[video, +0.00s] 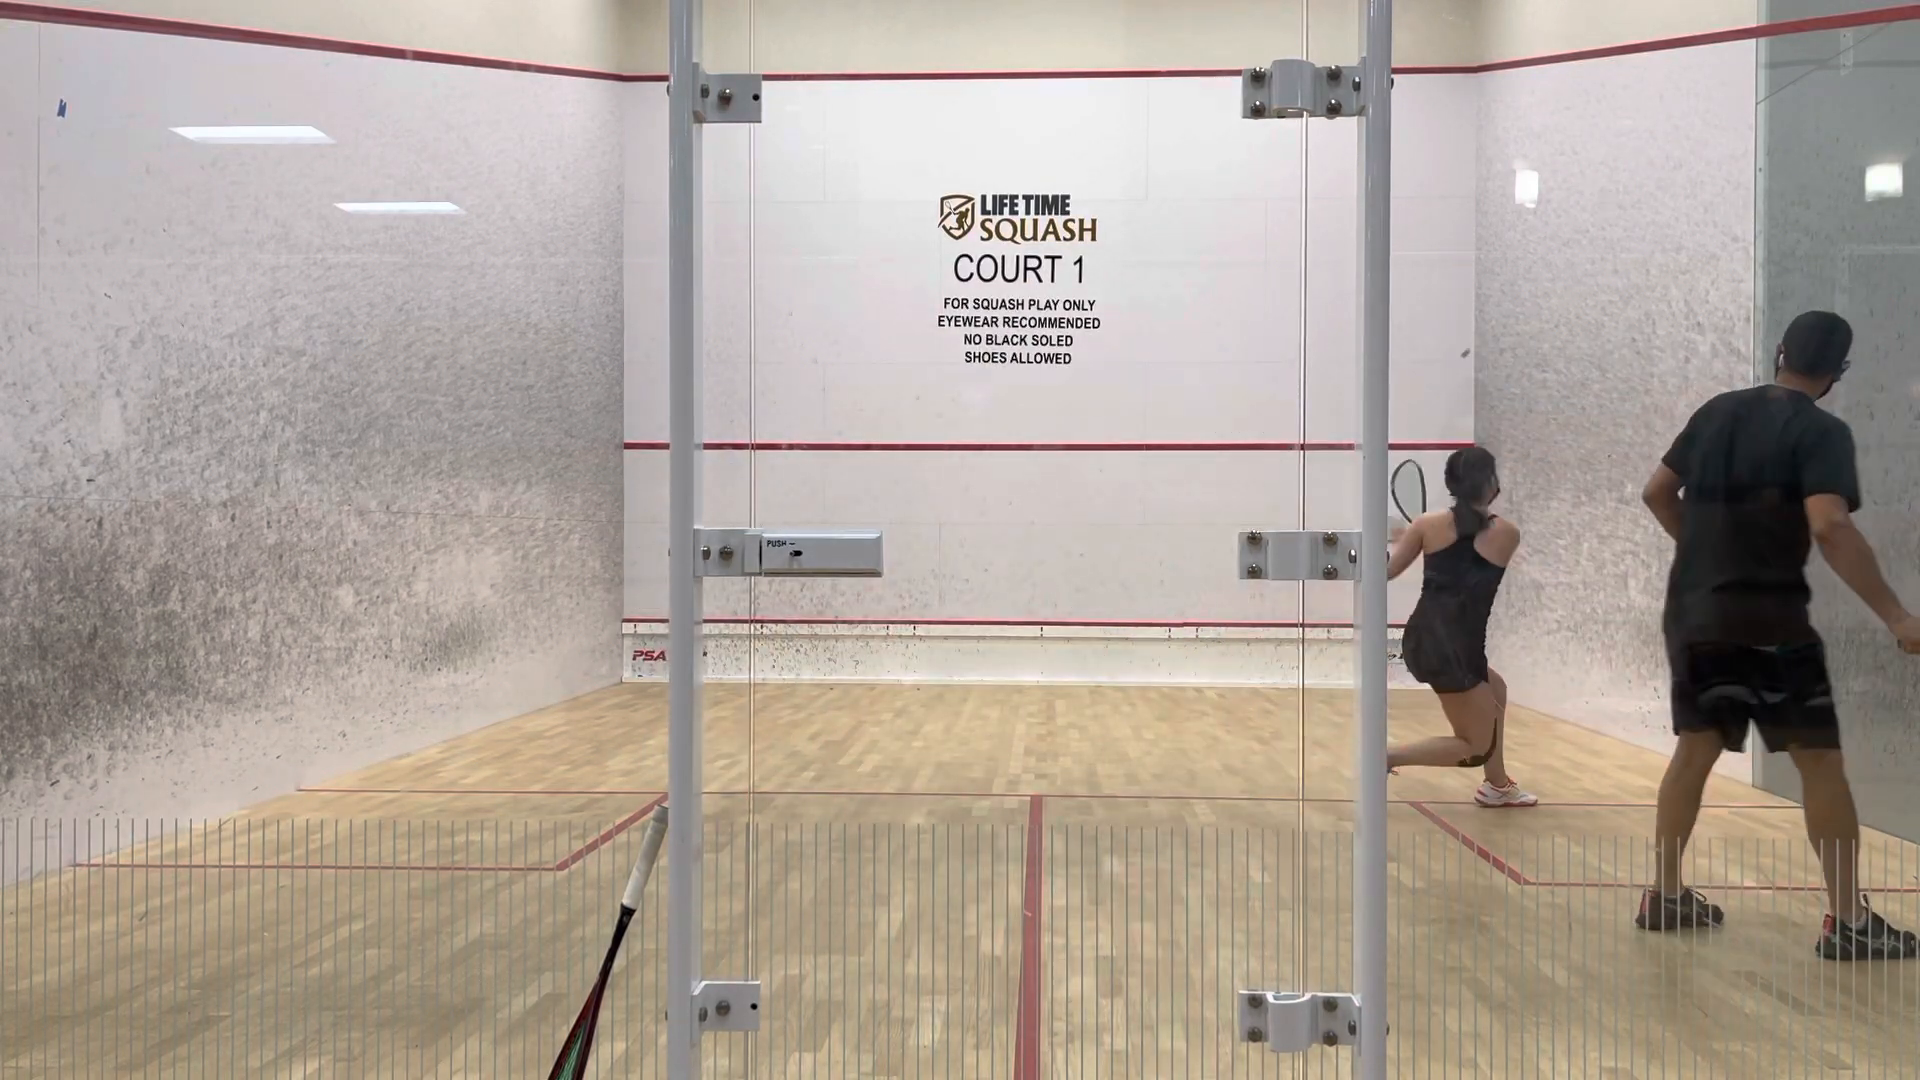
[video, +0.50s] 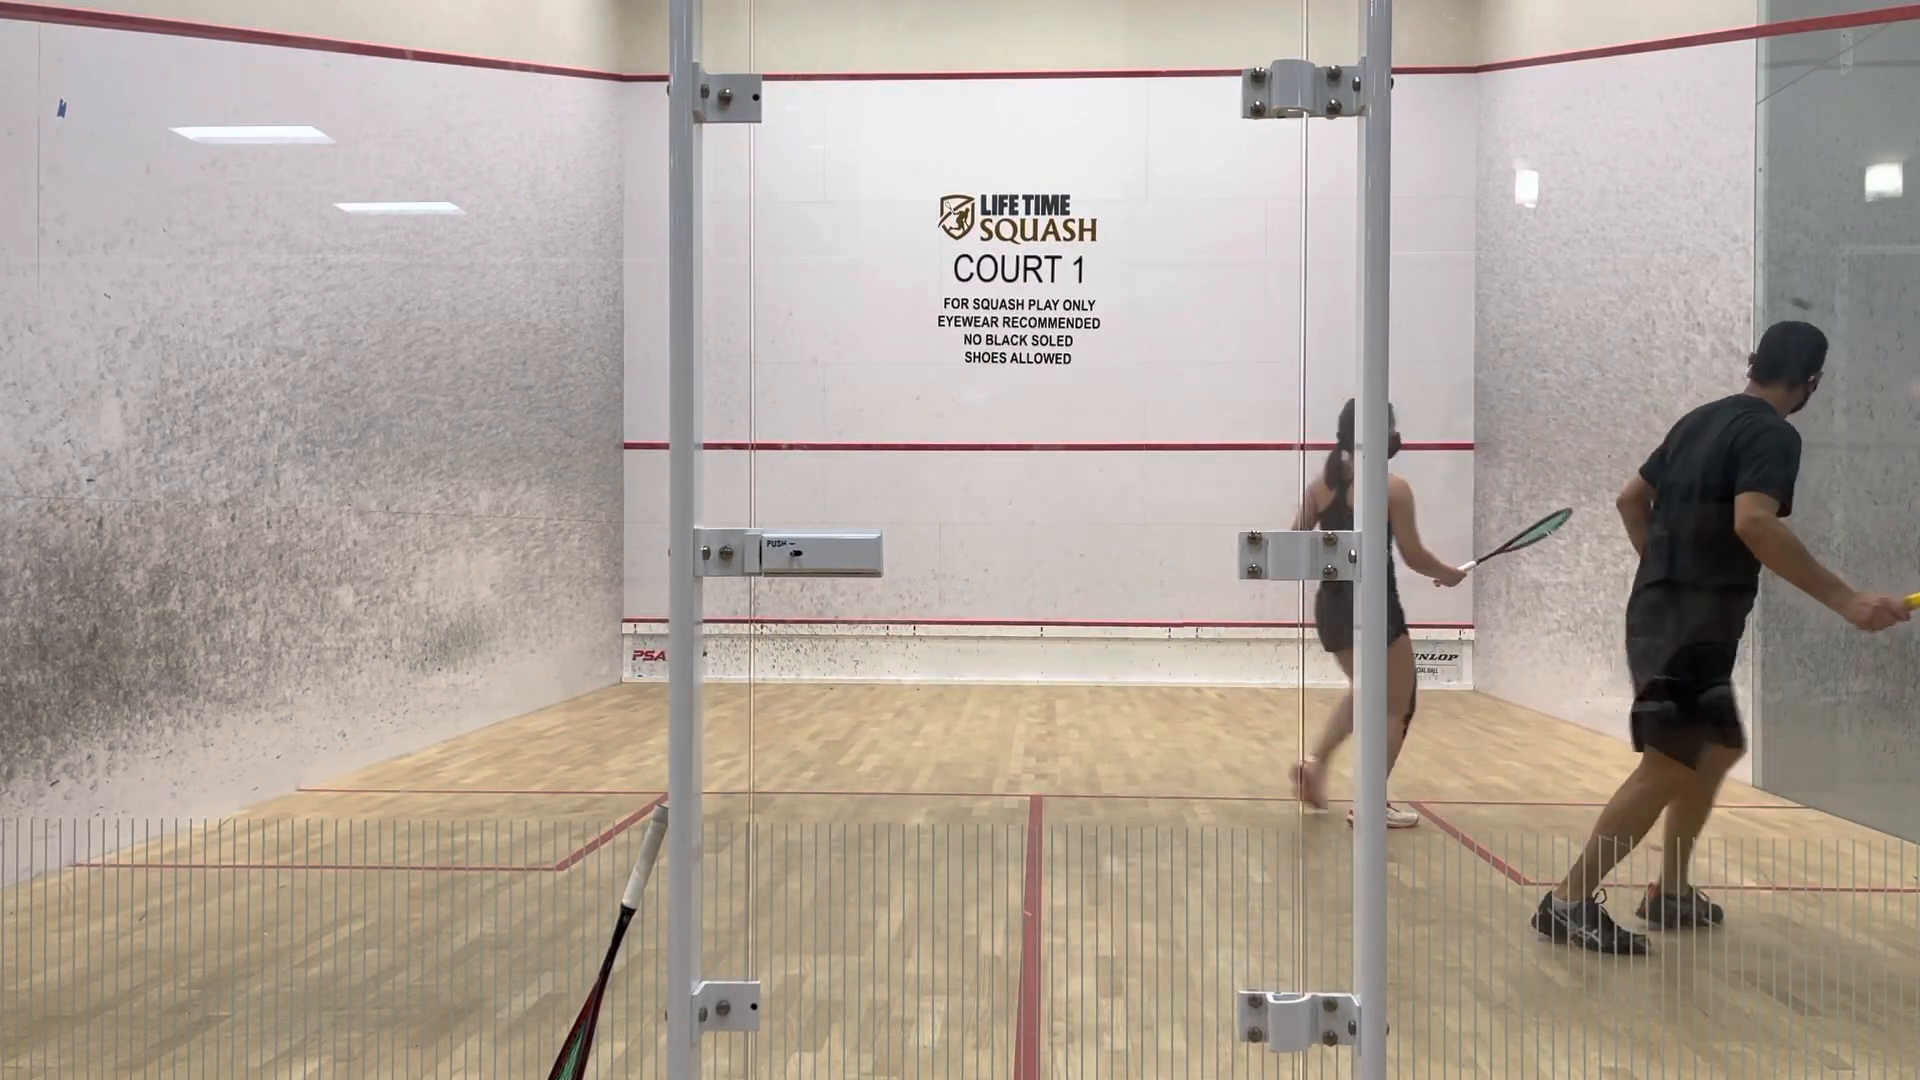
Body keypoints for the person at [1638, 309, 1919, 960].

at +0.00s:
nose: (1835, 377)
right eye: (1840, 370)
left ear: (1779, 358)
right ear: (1836, 374)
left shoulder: (1720, 409)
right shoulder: (1821, 428)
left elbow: (1657, 492)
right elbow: (1829, 524)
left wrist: (1699, 544)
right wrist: (1897, 616)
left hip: (1696, 619)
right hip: (1773, 622)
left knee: (1696, 744)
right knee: (1820, 761)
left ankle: (1664, 893)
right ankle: (1848, 917)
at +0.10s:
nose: (1824, 384)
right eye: (1828, 376)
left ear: (1767, 364)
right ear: (1825, 380)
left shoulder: (1710, 412)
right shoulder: (1801, 431)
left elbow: (1645, 490)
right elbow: (1801, 516)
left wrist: (1690, 551)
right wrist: (1885, 600)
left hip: (1667, 617)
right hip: (1738, 619)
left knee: (1682, 744)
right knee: (1795, 755)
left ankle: (1661, 893)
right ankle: (1835, 913)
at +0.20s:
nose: (1819, 392)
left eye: (1818, 382)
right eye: (1821, 383)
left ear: (1761, 366)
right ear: (1816, 385)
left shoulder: (1702, 413)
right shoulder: (1786, 433)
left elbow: (1636, 482)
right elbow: (1785, 509)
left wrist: (1677, 548)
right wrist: (1885, 581)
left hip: (1648, 617)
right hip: (1715, 619)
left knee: (1671, 745)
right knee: (1784, 749)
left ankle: (1660, 893)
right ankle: (1769, 912)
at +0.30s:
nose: (1813, 389)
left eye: (1809, 378)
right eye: (1815, 380)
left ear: (1752, 367)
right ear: (1810, 384)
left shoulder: (1695, 412)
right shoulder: (1779, 430)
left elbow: (1627, 479)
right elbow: (1776, 509)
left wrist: (1660, 546)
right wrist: (1878, 573)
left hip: (1643, 613)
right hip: (1704, 616)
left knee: (1665, 746)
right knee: (1759, 755)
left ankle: (1658, 888)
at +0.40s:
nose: (1811, 385)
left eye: (1811, 375)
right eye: (1814, 376)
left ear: (1750, 362)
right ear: (1807, 379)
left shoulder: (1694, 412)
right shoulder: (1776, 428)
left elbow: (1625, 487)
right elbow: (1765, 514)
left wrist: (1653, 556)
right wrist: (1865, 589)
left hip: (1649, 615)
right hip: (1702, 622)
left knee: (1667, 755)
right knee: (1713, 763)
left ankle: (1662, 892)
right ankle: (1592, 881)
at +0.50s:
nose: (1815, 391)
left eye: (1817, 381)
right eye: (1818, 381)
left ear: (1751, 366)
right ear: (1809, 380)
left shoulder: (1699, 419)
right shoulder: (1772, 432)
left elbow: (1633, 500)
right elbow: (1754, 522)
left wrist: (1666, 571)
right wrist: (1850, 600)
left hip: (1658, 619)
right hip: (1694, 627)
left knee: (1721, 743)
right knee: (1671, 759)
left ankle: (1670, 890)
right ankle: (1570, 899)